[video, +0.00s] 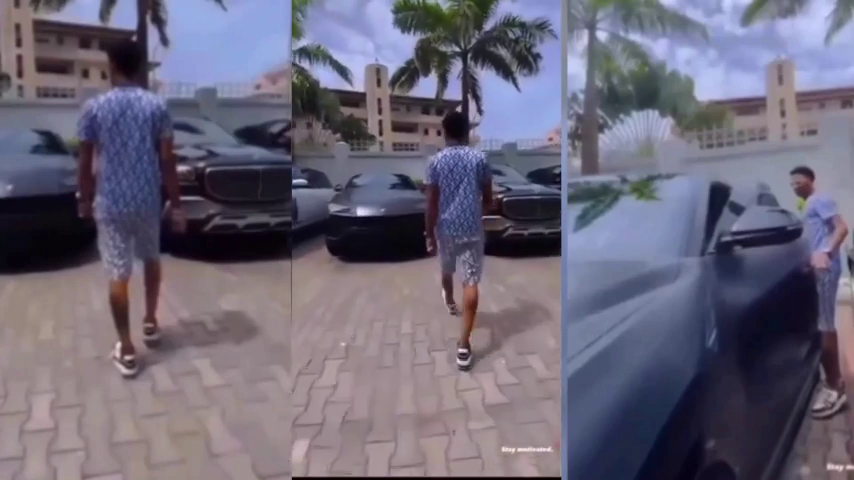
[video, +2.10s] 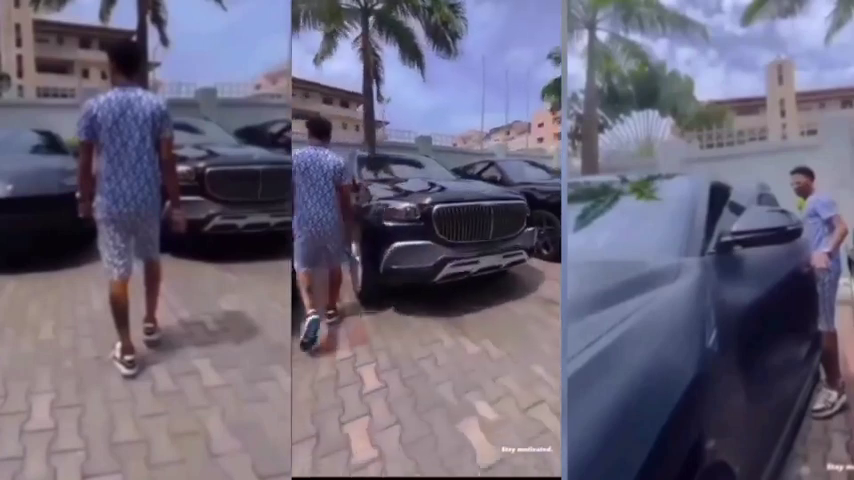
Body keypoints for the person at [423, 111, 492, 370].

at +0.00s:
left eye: (446, 130)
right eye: (465, 130)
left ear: (444, 132)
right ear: (467, 132)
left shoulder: (436, 161)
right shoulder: (479, 158)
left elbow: (432, 202)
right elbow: (488, 196)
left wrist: (429, 233)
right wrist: (479, 211)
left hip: (446, 227)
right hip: (472, 227)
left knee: (447, 268)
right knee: (471, 282)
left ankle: (450, 301)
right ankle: (464, 344)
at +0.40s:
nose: (432, 131)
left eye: (432, 127)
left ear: (432, 128)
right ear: (454, 128)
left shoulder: (422, 156)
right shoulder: (463, 154)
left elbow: (415, 194)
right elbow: (472, 191)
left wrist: (414, 223)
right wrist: (476, 219)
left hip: (433, 221)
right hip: (459, 220)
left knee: (437, 272)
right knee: (462, 263)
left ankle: (442, 324)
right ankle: (462, 306)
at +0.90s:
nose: (411, 132)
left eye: (411, 129)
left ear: (412, 130)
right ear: (431, 130)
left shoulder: (400, 156)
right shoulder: (440, 158)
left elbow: (393, 193)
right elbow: (446, 196)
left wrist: (392, 224)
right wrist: (448, 226)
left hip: (407, 222)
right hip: (433, 223)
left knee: (404, 266)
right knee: (432, 271)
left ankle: (411, 307)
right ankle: (426, 316)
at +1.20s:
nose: (382, 138)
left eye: (382, 134)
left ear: (383, 135)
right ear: (402, 135)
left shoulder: (375, 161)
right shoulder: (414, 160)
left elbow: (370, 199)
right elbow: (424, 193)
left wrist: (371, 230)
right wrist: (422, 217)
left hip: (386, 226)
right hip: (411, 226)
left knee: (387, 268)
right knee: (410, 277)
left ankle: (390, 300)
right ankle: (406, 334)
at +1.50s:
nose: (349, 133)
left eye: (345, 129)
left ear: (345, 130)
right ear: (366, 129)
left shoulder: (337, 156)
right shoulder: (378, 155)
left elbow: (335, 196)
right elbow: (389, 192)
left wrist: (334, 228)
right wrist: (394, 220)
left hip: (351, 224)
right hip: (378, 222)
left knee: (357, 271)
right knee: (387, 266)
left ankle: (365, 313)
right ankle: (384, 304)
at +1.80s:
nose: (330, 137)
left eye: (325, 132)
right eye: (339, 133)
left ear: (321, 133)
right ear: (343, 133)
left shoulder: (309, 157)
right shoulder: (352, 158)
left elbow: (300, 192)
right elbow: (360, 195)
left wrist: (301, 222)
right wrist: (369, 225)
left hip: (320, 223)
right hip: (348, 221)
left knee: (329, 275)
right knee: (354, 261)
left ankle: (339, 331)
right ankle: (356, 297)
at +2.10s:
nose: (315, 139)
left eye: (312, 134)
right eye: (324, 135)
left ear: (309, 134)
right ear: (329, 136)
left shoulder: (296, 159)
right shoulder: (336, 162)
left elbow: (293, 191)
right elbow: (345, 195)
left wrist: (294, 214)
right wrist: (349, 221)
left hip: (304, 219)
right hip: (331, 219)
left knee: (303, 267)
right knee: (334, 262)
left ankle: (310, 311)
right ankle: (331, 306)